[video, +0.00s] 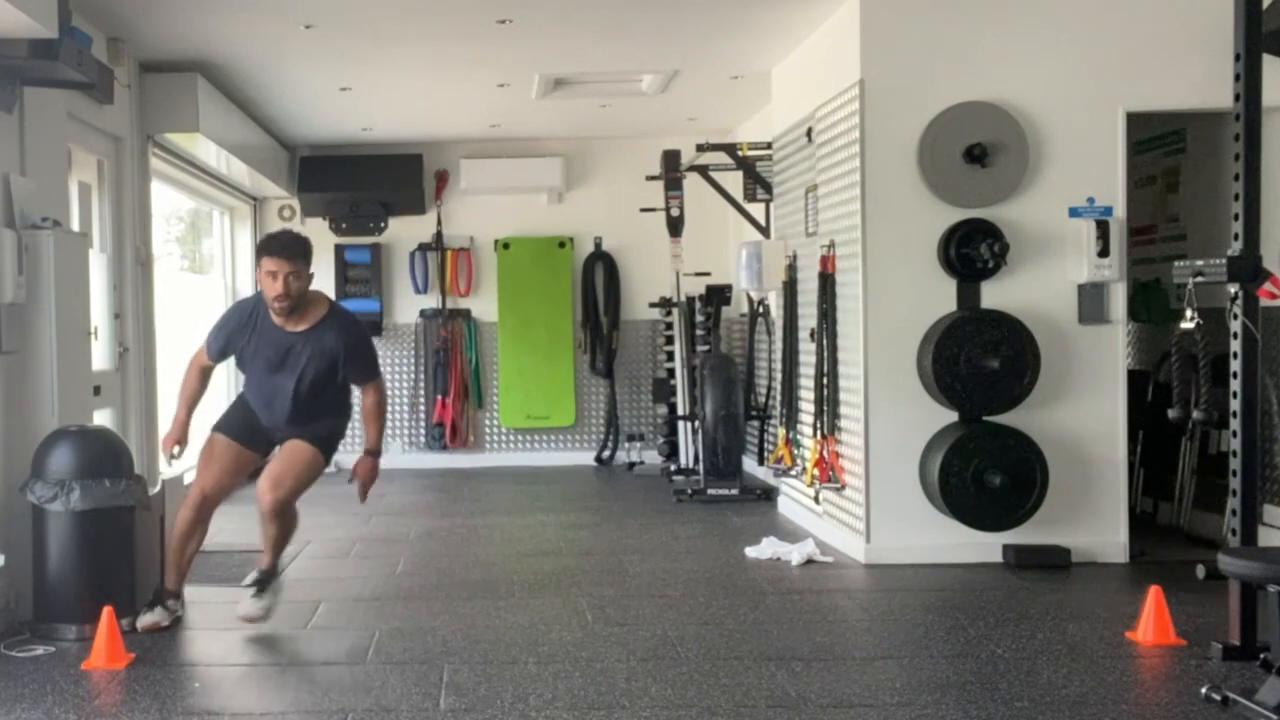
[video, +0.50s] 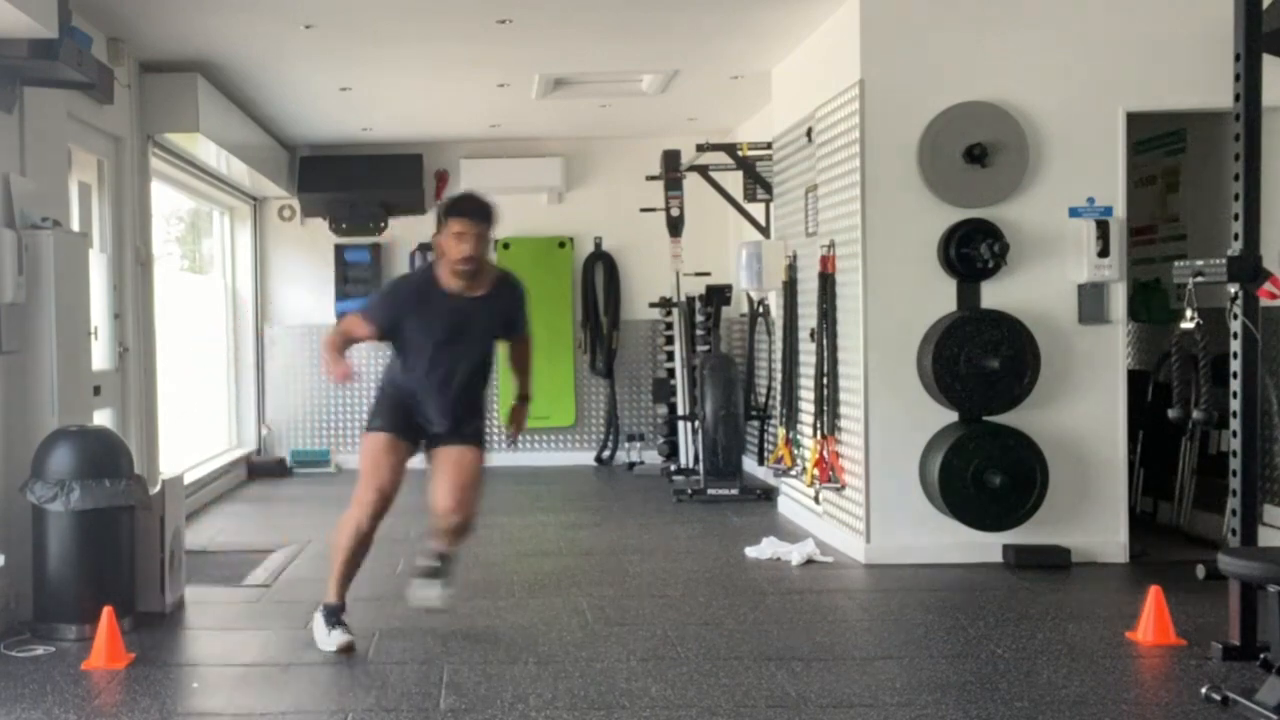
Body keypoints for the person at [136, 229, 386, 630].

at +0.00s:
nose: (280, 289)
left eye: (291, 277)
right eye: (271, 277)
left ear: (309, 277)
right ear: (259, 276)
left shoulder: (342, 329)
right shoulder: (244, 316)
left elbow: (372, 389)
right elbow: (201, 363)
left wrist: (372, 452)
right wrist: (180, 422)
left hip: (316, 423)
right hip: (255, 409)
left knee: (272, 494)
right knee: (202, 492)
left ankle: (266, 573)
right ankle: (170, 596)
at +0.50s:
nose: (468, 249)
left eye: (478, 238)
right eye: (458, 237)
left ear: (489, 242)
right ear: (438, 240)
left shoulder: (505, 293)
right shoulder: (409, 292)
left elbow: (519, 344)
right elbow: (343, 332)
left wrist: (522, 398)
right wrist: (334, 355)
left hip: (462, 410)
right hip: (402, 401)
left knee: (455, 512)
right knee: (371, 503)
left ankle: (437, 560)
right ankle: (331, 609)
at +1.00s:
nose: (820, 211)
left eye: (825, 201)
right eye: (808, 201)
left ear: (833, 204)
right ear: (782, 205)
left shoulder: (843, 261)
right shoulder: (758, 268)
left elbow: (859, 316)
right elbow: (697, 336)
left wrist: (878, 368)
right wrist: (693, 414)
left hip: (817, 388)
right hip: (763, 390)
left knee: (856, 494)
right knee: (829, 484)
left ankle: (766, 533)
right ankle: (830, 601)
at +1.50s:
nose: (1005, 284)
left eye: (1015, 271)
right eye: (992, 272)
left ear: (1029, 271)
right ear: (972, 275)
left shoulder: (1044, 308)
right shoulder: (944, 319)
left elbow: (1075, 359)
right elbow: (885, 383)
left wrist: (1099, 419)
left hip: (1002, 404)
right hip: (933, 408)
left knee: (1072, 484)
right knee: (979, 478)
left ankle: (1085, 578)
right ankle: (969, 567)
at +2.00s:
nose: (774, 243)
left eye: (783, 231)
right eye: (763, 233)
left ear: (796, 230)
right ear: (749, 233)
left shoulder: (823, 280)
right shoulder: (726, 284)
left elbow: (869, 335)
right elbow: (680, 343)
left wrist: (903, 395)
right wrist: (706, 407)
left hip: (806, 398)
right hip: (746, 407)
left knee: (809, 494)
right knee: (777, 507)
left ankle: (816, 594)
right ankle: (849, 528)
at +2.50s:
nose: (422, 224)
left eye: (431, 213)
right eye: (411, 214)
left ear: (446, 213)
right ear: (398, 217)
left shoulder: (481, 272)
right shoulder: (387, 264)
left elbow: (524, 332)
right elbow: (342, 316)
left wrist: (548, 393)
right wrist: (342, 340)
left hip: (456, 391)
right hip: (408, 391)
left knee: (391, 482)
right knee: (399, 496)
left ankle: (350, 598)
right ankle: (503, 551)